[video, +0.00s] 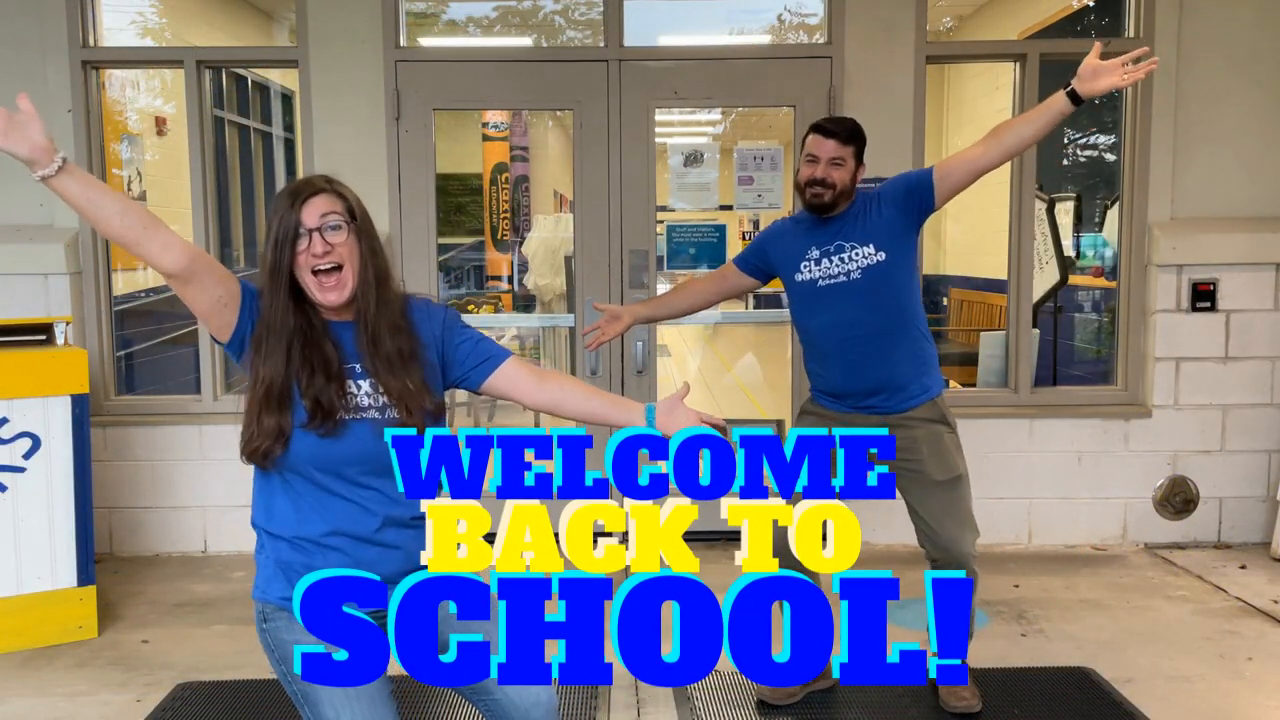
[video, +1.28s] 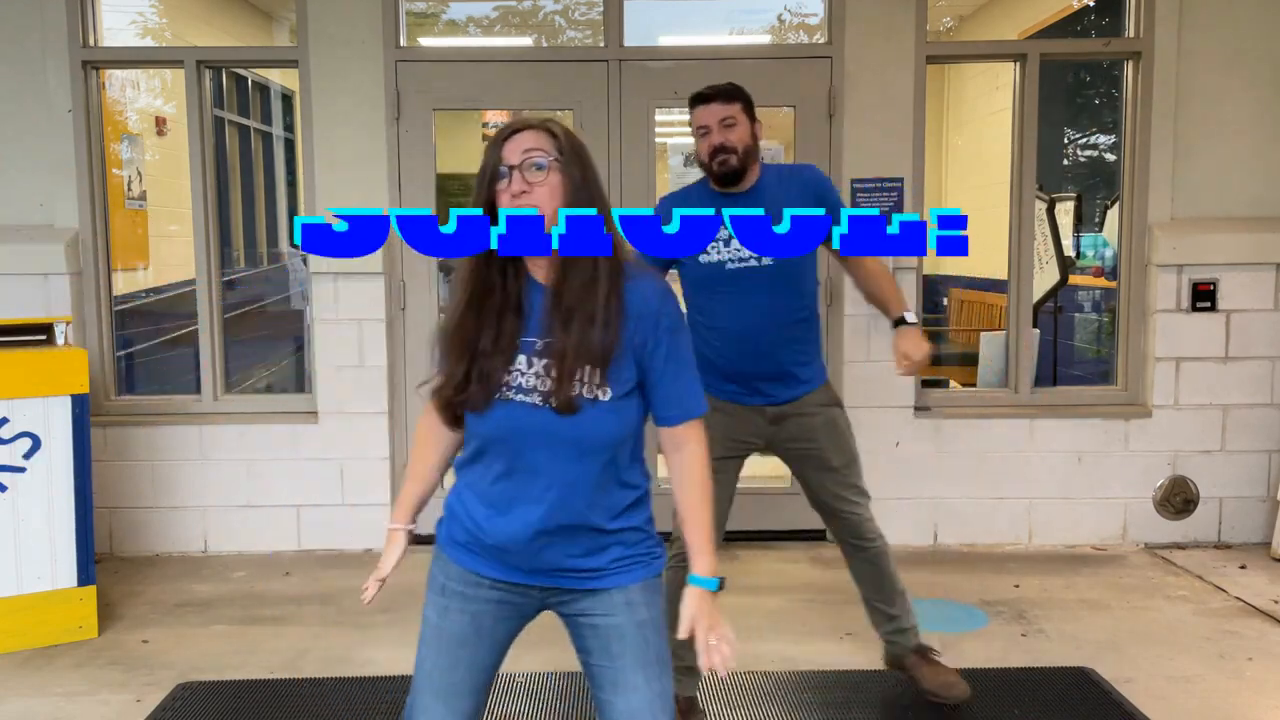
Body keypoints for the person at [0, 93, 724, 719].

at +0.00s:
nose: (322, 244)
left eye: (335, 227)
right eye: (304, 234)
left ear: (366, 240)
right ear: (285, 256)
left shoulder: (420, 324)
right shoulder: (267, 324)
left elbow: (534, 385)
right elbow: (170, 255)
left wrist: (652, 414)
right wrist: (49, 164)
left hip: (429, 575)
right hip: (312, 589)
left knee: (531, 681)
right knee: (360, 706)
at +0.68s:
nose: (355, 226)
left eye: (371, 213)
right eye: (339, 215)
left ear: (397, 232)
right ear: (317, 237)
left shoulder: (447, 319)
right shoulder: (288, 312)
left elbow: (552, 384)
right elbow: (158, 302)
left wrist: (670, 441)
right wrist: (23, 267)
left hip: (442, 564)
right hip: (326, 570)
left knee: (544, 674)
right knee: (355, 704)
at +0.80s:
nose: (378, 197)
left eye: (395, 186)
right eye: (361, 188)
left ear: (422, 214)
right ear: (339, 217)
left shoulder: (469, 308)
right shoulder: (297, 297)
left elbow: (566, 398)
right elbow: (155, 342)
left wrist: (671, 471)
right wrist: (12, 369)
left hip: (458, 557)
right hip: (332, 570)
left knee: (550, 686)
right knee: (354, 712)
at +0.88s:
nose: (396, 175)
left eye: (414, 163)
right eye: (382, 164)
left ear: (445, 187)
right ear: (361, 187)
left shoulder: (484, 288)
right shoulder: (318, 274)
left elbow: (565, 396)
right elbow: (207, 362)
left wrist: (650, 495)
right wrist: (82, 444)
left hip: (470, 538)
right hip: (344, 550)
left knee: (553, 698)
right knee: (361, 710)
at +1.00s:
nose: (425, 173)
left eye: (443, 157)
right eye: (410, 162)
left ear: (476, 175)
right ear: (393, 186)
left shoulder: (525, 289)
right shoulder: (358, 269)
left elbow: (558, 420)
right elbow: (301, 381)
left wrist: (602, 526)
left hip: (486, 536)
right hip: (362, 539)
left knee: (555, 710)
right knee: (362, 713)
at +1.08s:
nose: (453, 184)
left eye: (472, 170)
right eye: (438, 174)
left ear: (505, 188)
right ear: (423, 198)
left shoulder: (551, 299)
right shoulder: (385, 293)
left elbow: (568, 437)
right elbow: (340, 408)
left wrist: (589, 554)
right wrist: (312, 517)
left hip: (514, 554)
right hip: (383, 556)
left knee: (577, 710)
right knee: (370, 713)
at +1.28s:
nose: (517, 181)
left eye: (537, 166)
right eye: (503, 172)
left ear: (577, 184)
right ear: (489, 198)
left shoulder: (639, 298)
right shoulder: (486, 296)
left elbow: (683, 440)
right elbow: (446, 410)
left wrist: (704, 578)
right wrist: (400, 521)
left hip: (612, 565)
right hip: (479, 560)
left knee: (645, 711)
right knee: (433, 710)